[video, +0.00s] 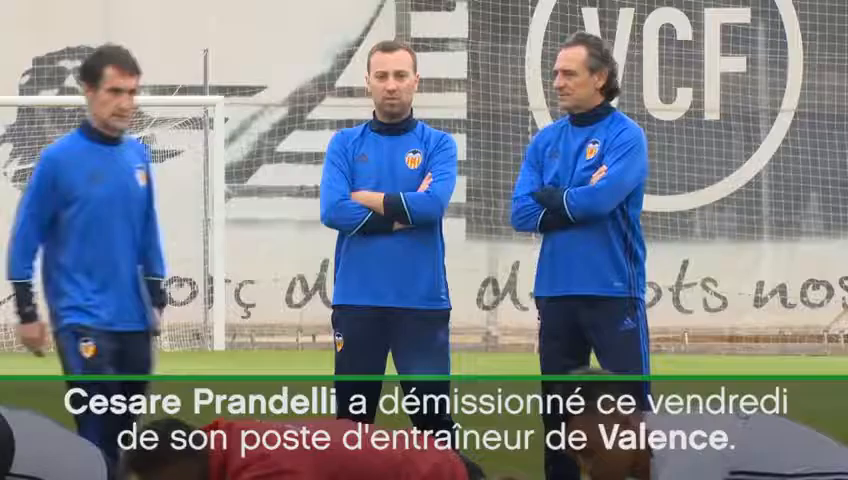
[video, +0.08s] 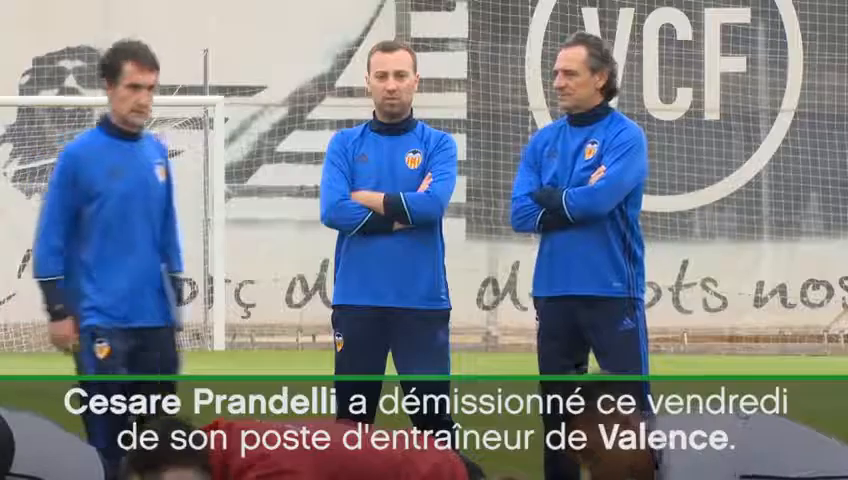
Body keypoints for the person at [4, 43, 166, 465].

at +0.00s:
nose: (125, 103)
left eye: (132, 93)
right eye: (115, 91)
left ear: (138, 95)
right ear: (88, 92)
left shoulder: (137, 154)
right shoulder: (58, 159)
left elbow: (147, 226)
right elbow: (24, 234)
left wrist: (157, 284)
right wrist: (26, 308)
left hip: (132, 308)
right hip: (79, 311)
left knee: (131, 424)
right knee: (99, 426)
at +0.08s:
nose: (144, 99)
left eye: (151, 89)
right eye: (134, 88)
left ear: (156, 91)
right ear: (108, 88)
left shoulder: (156, 151)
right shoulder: (77, 155)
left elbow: (167, 228)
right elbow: (49, 237)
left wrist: (176, 286)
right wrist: (58, 311)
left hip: (156, 314)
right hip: (100, 318)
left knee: (159, 429)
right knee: (111, 438)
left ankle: (155, 478)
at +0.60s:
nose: (302, 101)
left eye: (309, 91)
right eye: (293, 89)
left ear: (316, 92)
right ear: (266, 85)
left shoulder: (312, 154)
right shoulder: (230, 150)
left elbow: (322, 241)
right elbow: (200, 232)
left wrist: (335, 313)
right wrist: (209, 305)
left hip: (310, 317)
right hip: (251, 318)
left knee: (307, 433)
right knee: (258, 434)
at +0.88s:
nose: (372, 115)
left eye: (379, 105)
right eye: (363, 104)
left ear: (386, 101)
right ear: (336, 97)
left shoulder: (387, 163)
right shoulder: (302, 163)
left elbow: (399, 239)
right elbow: (266, 238)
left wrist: (412, 304)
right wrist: (255, 316)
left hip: (373, 321)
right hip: (321, 320)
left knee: (358, 439)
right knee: (333, 439)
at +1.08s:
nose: (419, 108)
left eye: (425, 97)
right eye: (409, 96)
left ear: (433, 92)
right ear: (378, 88)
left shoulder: (439, 147)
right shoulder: (347, 148)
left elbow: (445, 224)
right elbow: (321, 232)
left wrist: (453, 294)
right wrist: (321, 316)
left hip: (427, 320)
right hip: (366, 323)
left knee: (437, 443)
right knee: (365, 446)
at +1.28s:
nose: (467, 103)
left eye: (474, 92)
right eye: (457, 91)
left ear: (481, 88)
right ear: (429, 85)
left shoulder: (479, 144)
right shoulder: (390, 149)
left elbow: (491, 224)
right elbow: (370, 231)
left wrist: (499, 289)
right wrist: (401, 289)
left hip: (476, 317)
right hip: (411, 325)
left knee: (491, 436)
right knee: (430, 443)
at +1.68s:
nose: (569, 100)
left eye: (576, 89)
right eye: (559, 89)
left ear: (584, 87)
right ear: (532, 83)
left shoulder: (589, 147)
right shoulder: (496, 144)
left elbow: (604, 229)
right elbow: (468, 227)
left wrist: (619, 301)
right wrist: (461, 307)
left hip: (580, 313)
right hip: (516, 312)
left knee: (580, 429)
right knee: (545, 421)